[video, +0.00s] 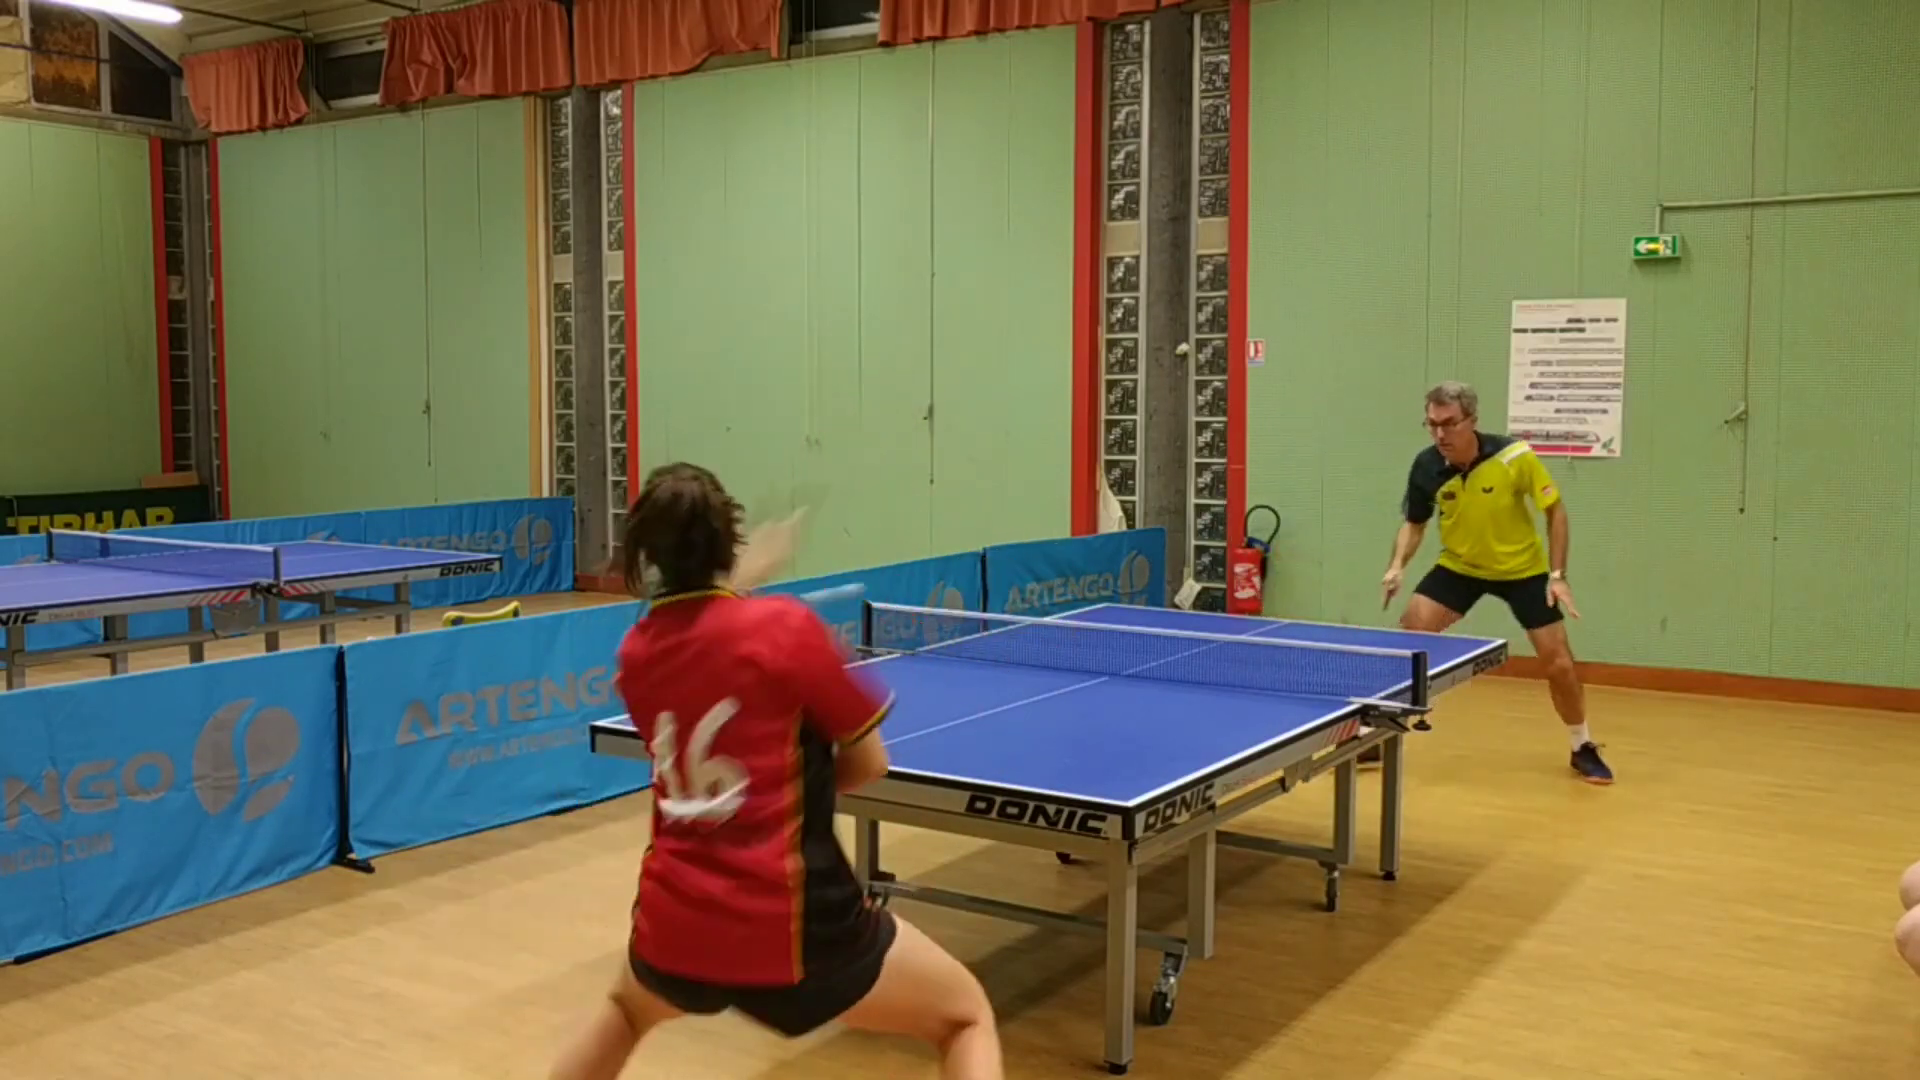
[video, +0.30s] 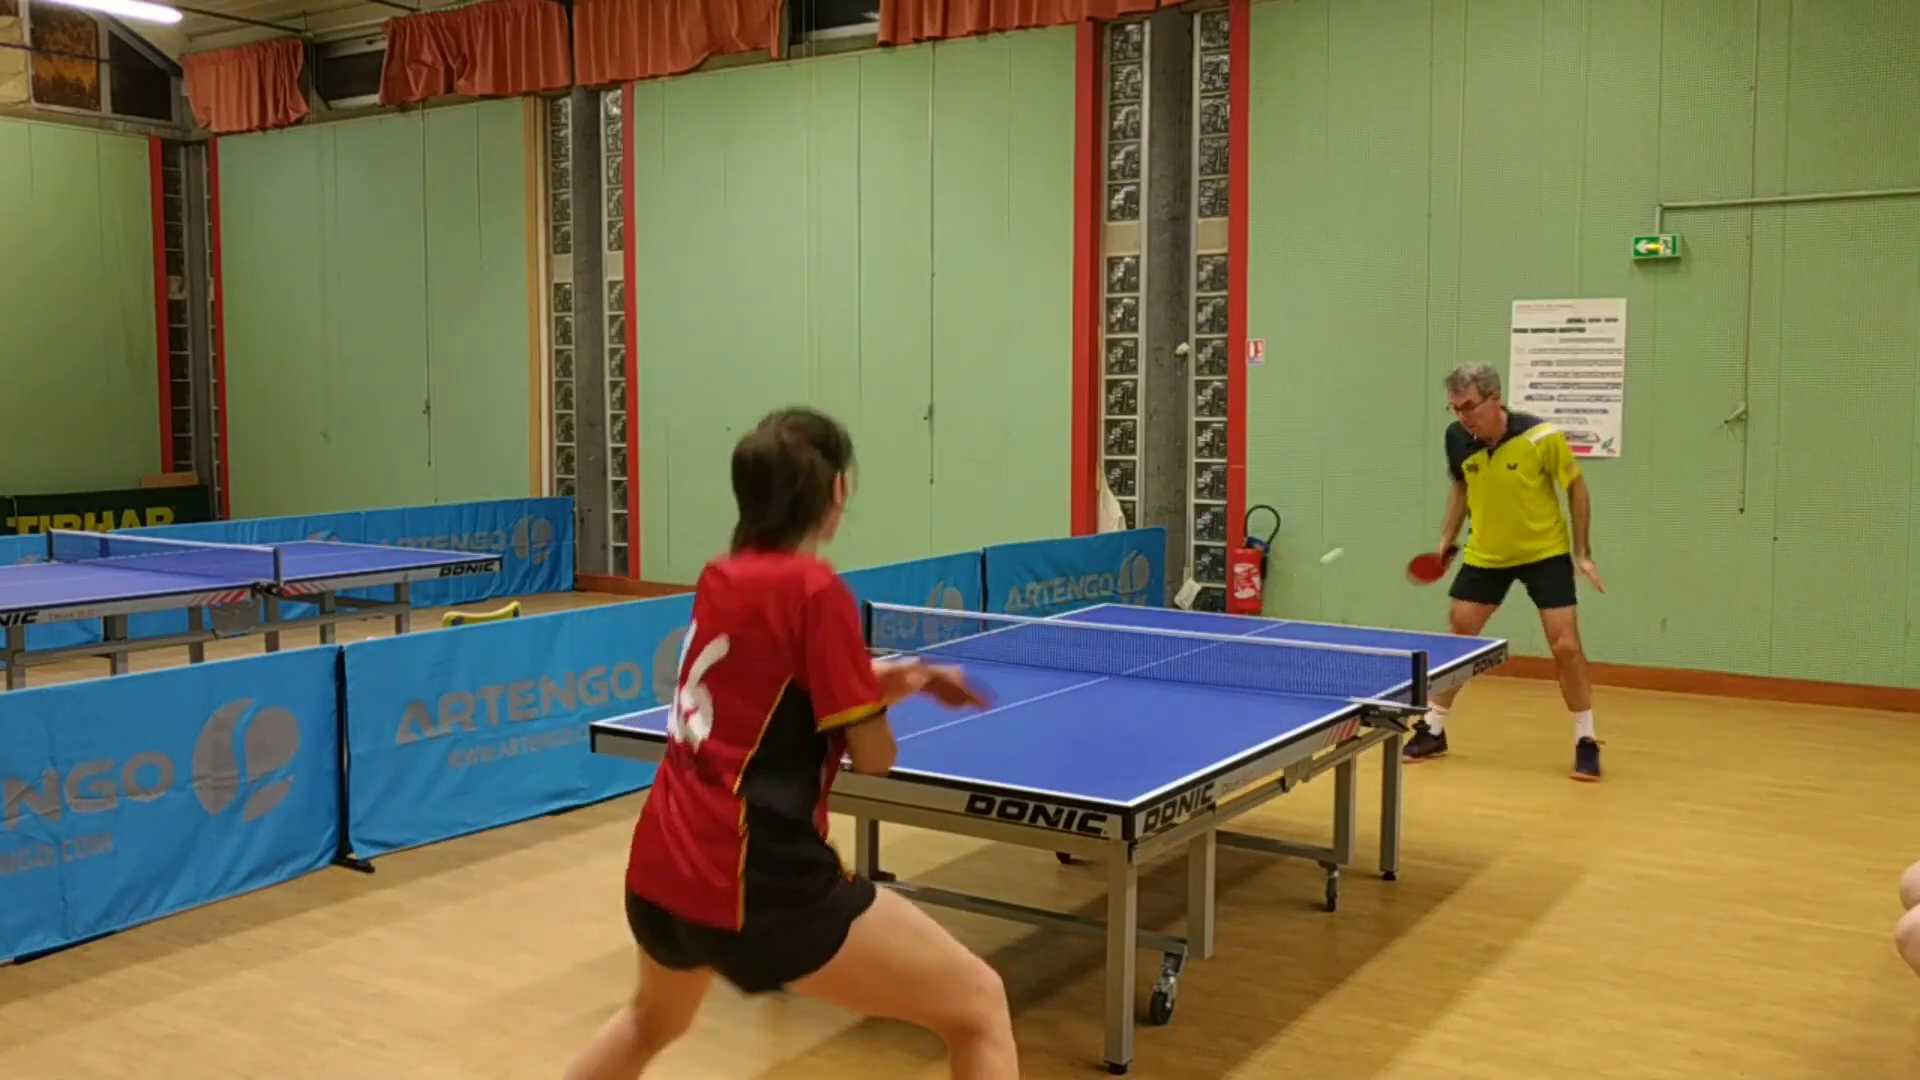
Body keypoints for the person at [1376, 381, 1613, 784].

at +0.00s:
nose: (1439, 435)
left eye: (1448, 424)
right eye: (1432, 425)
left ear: (1471, 421)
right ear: (1427, 426)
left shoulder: (1514, 456)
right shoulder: (1428, 466)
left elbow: (1555, 510)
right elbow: (1413, 523)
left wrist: (1558, 574)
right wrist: (1397, 565)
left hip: (1522, 570)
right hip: (1459, 567)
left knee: (1560, 665)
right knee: (1412, 628)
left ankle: (1583, 747)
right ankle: (1381, 726)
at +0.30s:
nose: (1463, 419)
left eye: (1470, 408)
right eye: (1457, 411)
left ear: (1496, 400)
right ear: (1453, 409)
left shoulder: (1541, 436)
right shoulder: (1458, 439)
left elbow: (1577, 490)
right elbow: (1461, 490)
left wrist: (1582, 553)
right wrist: (1447, 543)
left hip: (1544, 552)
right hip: (1487, 554)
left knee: (1565, 646)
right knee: (1459, 627)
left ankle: (1586, 740)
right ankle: (1433, 729)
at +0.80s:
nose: (1510, 388)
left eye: (1519, 379)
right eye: (1504, 380)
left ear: (1542, 377)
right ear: (1500, 378)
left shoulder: (1568, 427)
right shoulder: (1508, 418)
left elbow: (1610, 477)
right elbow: (1517, 467)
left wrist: (1626, 541)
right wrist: (1485, 489)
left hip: (1559, 554)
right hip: (1518, 548)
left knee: (1565, 641)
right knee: (1519, 619)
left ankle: (1595, 740)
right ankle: (1526, 695)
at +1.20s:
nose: (1496, 394)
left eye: (1504, 386)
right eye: (1490, 386)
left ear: (1524, 384)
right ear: (1484, 387)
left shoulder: (1559, 425)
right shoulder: (1486, 424)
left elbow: (1590, 479)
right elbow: (1486, 473)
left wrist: (1574, 534)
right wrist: (1478, 513)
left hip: (1557, 542)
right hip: (1510, 537)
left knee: (1576, 631)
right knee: (1480, 608)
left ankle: (1604, 717)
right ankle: (1499, 693)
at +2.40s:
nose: (1481, 413)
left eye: (1490, 404)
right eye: (1475, 405)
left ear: (1509, 403)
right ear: (1469, 405)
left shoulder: (1539, 446)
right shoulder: (1465, 443)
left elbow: (1569, 505)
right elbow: (1461, 491)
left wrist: (1557, 558)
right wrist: (1440, 537)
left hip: (1537, 558)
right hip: (1484, 554)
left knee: (1573, 643)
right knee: (1441, 621)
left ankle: (1604, 720)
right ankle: (1415, 711)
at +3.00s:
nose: (1680, 439)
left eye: (1681, 433)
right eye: (1678, 432)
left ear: (1646, 426)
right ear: (1658, 431)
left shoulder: (1603, 441)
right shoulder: (1634, 461)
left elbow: (1561, 458)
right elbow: (1699, 464)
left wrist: (1601, 480)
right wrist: (1760, 422)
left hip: (1590, 570)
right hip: (1554, 567)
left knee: (1636, 628)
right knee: (1503, 649)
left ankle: (1624, 729)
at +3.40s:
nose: (1750, 421)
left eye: (1753, 413)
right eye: (1750, 411)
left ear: (1722, 402)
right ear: (1729, 403)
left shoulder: (1668, 421)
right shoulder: (1697, 436)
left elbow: (1656, 502)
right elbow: (1674, 507)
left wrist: (1673, 573)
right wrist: (1681, 577)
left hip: (1611, 535)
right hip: (1631, 541)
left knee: (1639, 638)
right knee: (1658, 641)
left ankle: (1627, 729)